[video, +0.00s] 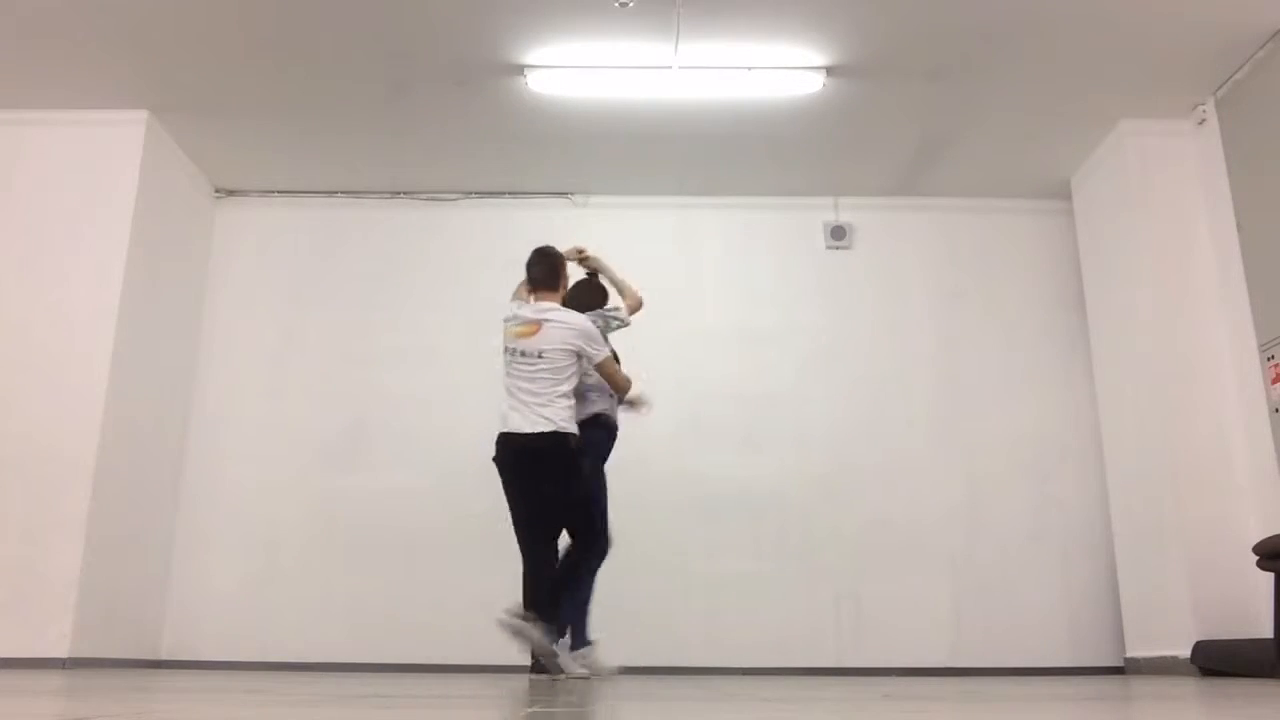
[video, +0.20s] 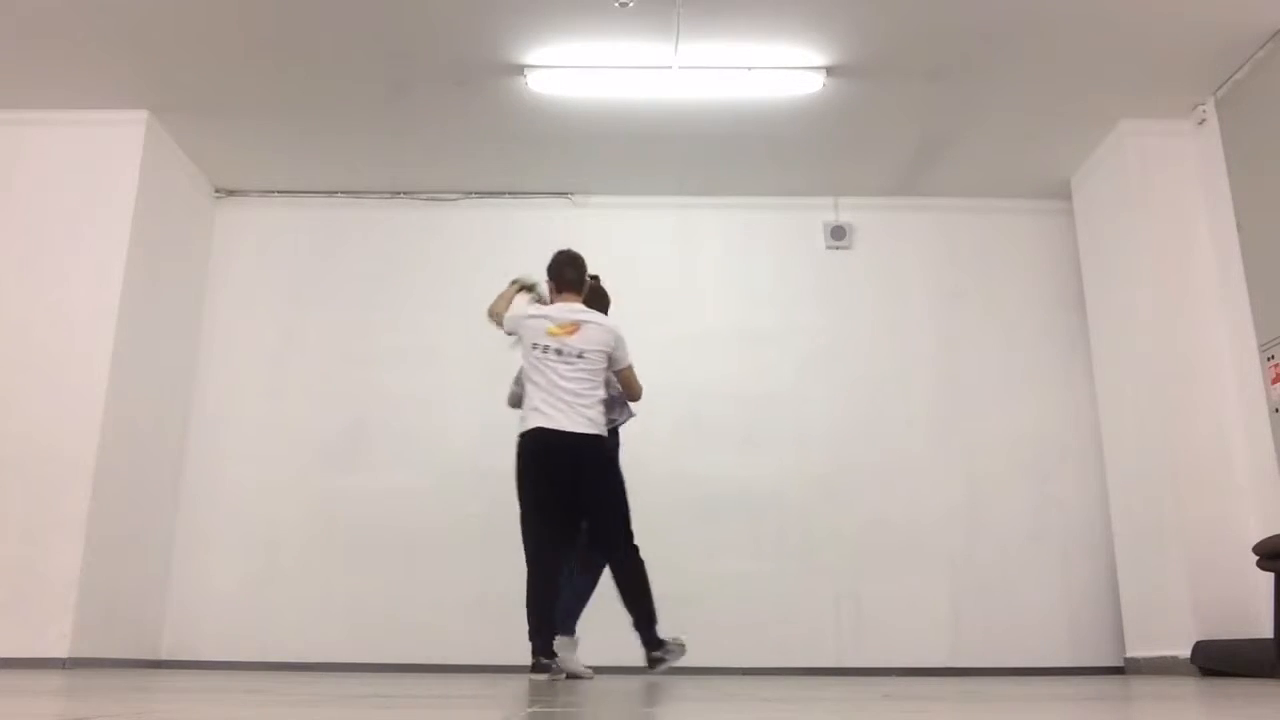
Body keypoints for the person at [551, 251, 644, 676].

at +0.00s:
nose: (613, 306)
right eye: (607, 299)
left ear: (568, 301)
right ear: (600, 304)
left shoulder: (556, 323)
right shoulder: (596, 323)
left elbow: (524, 291)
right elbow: (634, 301)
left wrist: (555, 268)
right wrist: (600, 266)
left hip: (565, 426)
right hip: (596, 424)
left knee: (581, 537)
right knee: (593, 537)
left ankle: (578, 640)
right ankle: (551, 622)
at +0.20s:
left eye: (551, 280)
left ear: (551, 285)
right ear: (588, 285)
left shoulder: (533, 319)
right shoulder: (607, 330)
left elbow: (496, 312)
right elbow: (633, 391)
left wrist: (515, 287)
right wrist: (600, 373)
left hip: (538, 445)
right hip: (590, 447)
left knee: (542, 550)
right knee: (619, 545)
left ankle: (542, 655)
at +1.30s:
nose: (582, 325)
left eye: (581, 318)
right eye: (576, 318)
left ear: (564, 322)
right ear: (557, 320)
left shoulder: (564, 361)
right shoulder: (549, 358)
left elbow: (584, 400)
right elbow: (586, 385)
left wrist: (614, 370)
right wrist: (635, 354)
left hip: (567, 471)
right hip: (543, 470)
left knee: (579, 560)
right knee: (555, 556)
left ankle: (542, 650)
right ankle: (504, 639)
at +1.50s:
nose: (592, 323)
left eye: (592, 316)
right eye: (587, 317)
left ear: (563, 320)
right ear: (571, 319)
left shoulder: (557, 358)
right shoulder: (581, 351)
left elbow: (590, 396)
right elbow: (630, 357)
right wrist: (669, 323)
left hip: (545, 469)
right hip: (558, 470)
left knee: (560, 556)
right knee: (595, 544)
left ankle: (538, 651)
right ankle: (557, 637)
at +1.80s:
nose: (601, 310)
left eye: (599, 303)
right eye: (592, 303)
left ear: (581, 309)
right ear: (577, 307)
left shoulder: (571, 346)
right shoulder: (578, 337)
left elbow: (571, 405)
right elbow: (613, 309)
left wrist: (603, 375)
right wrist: (634, 255)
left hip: (562, 457)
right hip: (560, 459)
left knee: (569, 555)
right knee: (594, 548)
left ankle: (540, 649)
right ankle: (575, 649)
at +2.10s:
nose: (567, 302)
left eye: (576, 295)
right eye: (561, 295)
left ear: (588, 298)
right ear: (552, 297)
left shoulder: (606, 341)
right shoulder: (536, 332)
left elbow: (623, 397)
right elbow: (513, 278)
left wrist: (576, 390)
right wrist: (557, 244)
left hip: (583, 445)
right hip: (540, 443)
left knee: (554, 519)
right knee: (552, 535)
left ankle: (583, 613)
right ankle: (571, 637)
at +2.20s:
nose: (563, 298)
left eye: (572, 290)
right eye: (557, 291)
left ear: (584, 295)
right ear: (548, 295)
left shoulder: (590, 334)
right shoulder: (542, 329)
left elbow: (592, 383)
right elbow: (519, 290)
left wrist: (548, 386)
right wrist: (556, 264)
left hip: (576, 445)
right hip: (550, 444)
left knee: (531, 533)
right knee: (555, 552)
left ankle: (538, 643)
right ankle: (599, 647)